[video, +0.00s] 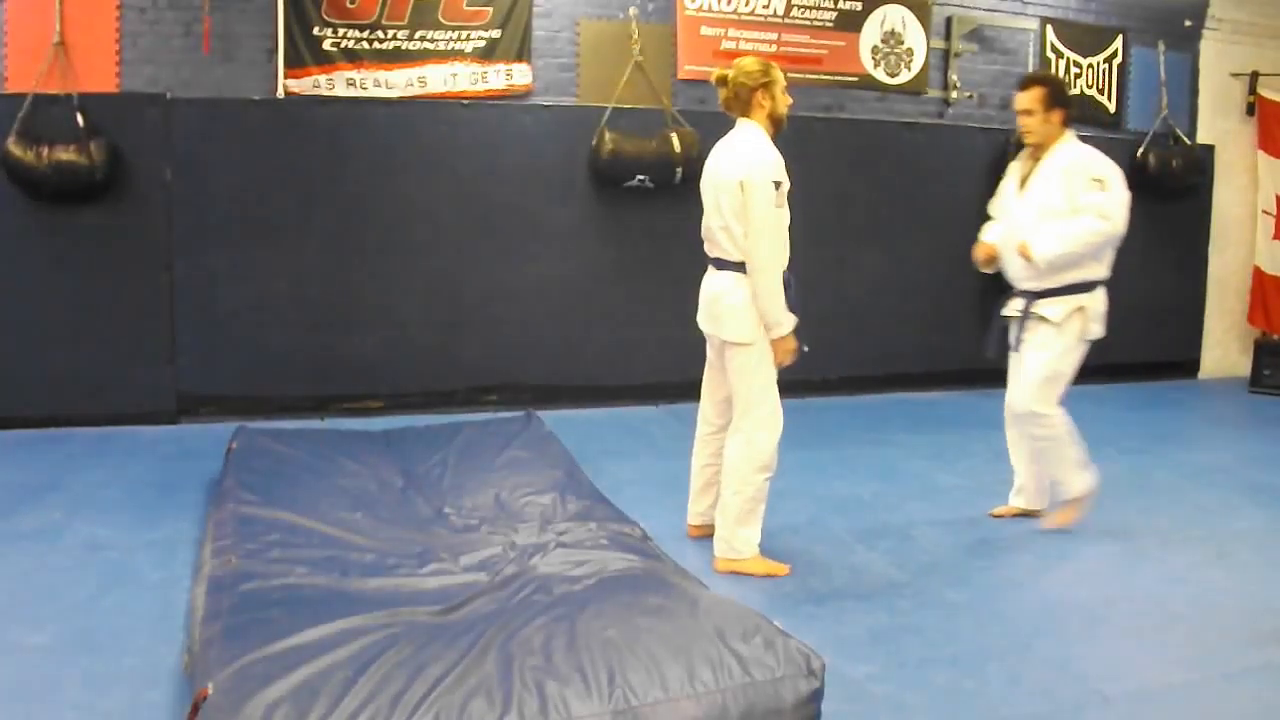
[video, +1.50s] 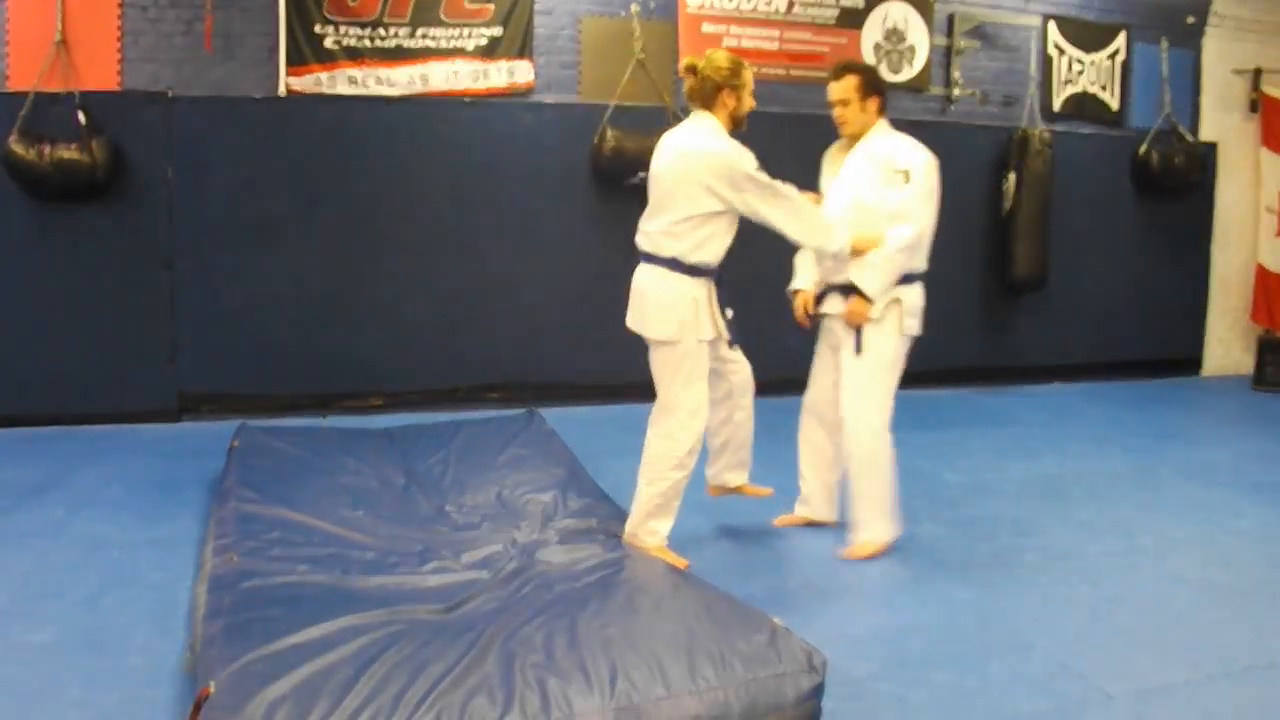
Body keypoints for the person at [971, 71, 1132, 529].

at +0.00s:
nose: (1021, 123)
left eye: (1029, 114)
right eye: (1018, 114)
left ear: (1058, 116)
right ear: (1017, 117)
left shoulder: (1092, 166)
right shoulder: (1020, 168)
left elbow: (1106, 224)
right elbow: (1001, 219)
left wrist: (1040, 248)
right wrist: (990, 246)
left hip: (1070, 301)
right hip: (1025, 300)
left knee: (1033, 399)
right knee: (1017, 401)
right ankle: (1030, 495)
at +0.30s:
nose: (938, 127)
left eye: (947, 119)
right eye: (936, 118)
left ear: (976, 121)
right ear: (940, 120)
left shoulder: (997, 174)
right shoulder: (942, 171)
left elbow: (966, 217)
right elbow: (915, 224)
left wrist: (894, 197)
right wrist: (876, 245)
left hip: (987, 314)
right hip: (955, 312)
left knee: (938, 417)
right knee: (979, 407)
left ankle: (911, 532)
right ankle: (1023, 487)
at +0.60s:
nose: (853, 116)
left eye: (862, 107)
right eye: (852, 107)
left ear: (893, 109)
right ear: (860, 109)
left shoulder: (919, 160)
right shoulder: (860, 160)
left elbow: (863, 215)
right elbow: (838, 233)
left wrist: (802, 215)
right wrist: (807, 280)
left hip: (912, 304)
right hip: (871, 302)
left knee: (886, 416)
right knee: (842, 407)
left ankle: (906, 528)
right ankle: (816, 507)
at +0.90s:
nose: (812, 112)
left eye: (820, 102)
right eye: (809, 103)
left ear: (851, 101)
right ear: (816, 105)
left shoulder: (878, 148)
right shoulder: (813, 155)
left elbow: (838, 183)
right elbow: (789, 220)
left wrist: (768, 172)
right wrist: (778, 271)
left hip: (858, 302)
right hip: (816, 299)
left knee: (835, 421)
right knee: (801, 411)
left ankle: (831, 545)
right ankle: (807, 508)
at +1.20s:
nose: (801, 114)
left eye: (809, 104)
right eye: (798, 105)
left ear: (840, 102)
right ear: (804, 105)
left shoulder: (870, 152)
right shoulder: (802, 156)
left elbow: (840, 207)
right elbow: (779, 222)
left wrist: (771, 195)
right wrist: (758, 277)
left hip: (856, 303)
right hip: (813, 301)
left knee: (836, 423)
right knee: (799, 412)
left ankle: (833, 546)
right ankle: (807, 507)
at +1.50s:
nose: (835, 114)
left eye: (844, 105)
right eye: (832, 106)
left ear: (873, 103)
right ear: (834, 107)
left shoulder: (912, 158)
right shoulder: (835, 157)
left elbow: (911, 236)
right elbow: (822, 222)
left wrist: (867, 290)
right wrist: (805, 282)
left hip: (886, 302)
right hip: (836, 297)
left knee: (866, 415)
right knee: (820, 408)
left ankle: (876, 529)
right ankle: (817, 506)